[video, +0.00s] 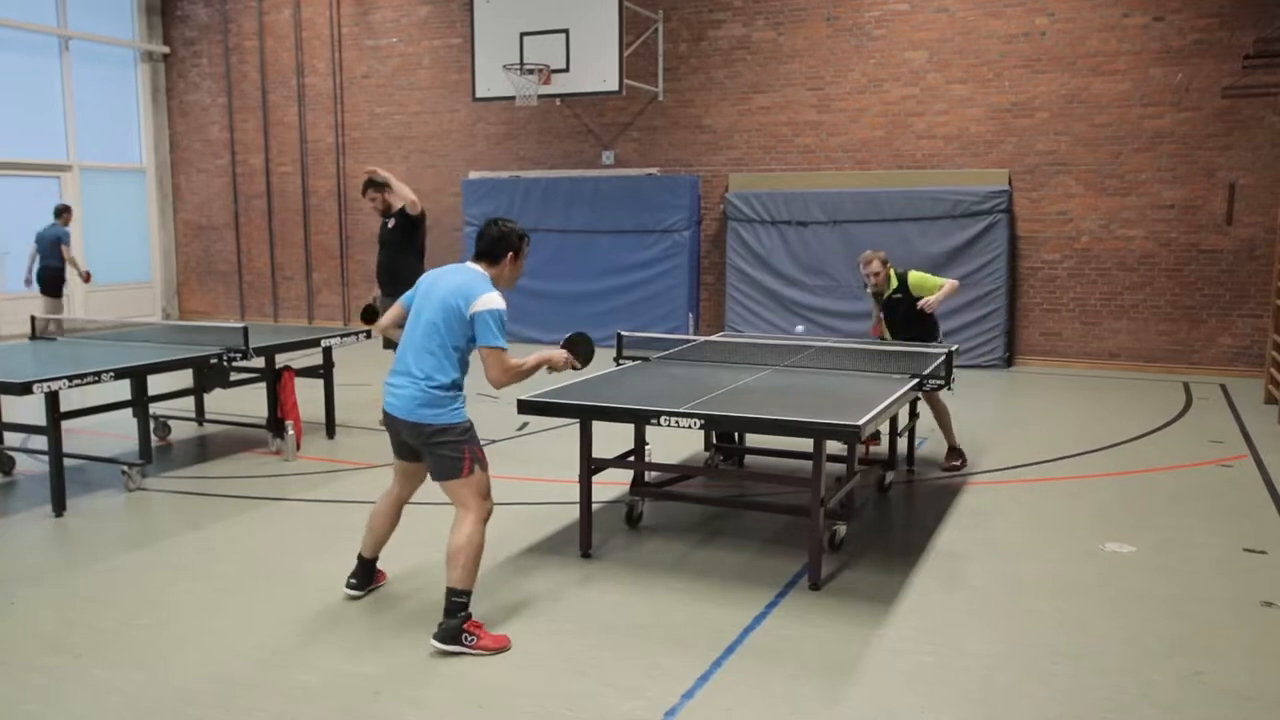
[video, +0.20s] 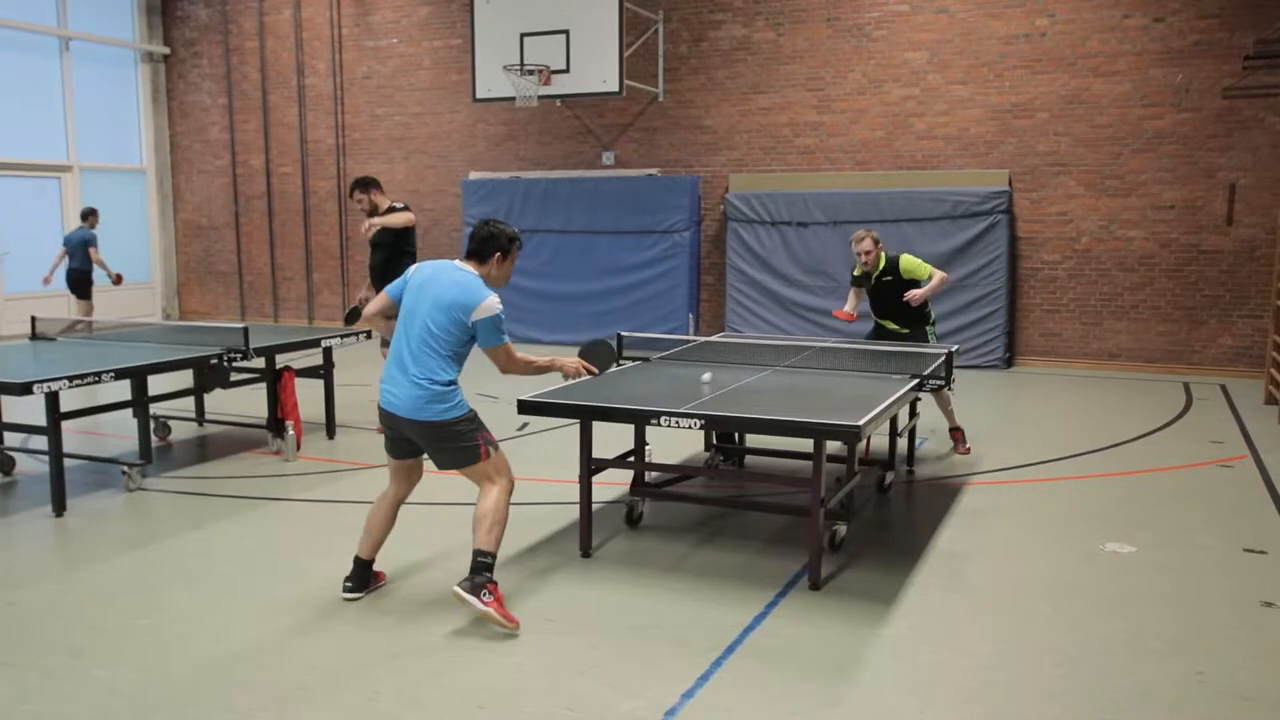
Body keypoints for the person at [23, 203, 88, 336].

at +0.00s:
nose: (71, 219)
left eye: (71, 216)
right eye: (69, 216)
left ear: (58, 216)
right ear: (64, 215)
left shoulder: (42, 232)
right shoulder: (63, 233)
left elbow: (33, 254)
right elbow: (68, 256)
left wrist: (29, 274)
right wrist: (80, 272)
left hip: (42, 271)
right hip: (56, 271)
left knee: (58, 306)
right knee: (49, 306)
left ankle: (59, 332)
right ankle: (40, 333)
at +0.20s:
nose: (97, 222)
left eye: (97, 218)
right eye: (96, 218)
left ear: (84, 219)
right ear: (89, 218)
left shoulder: (70, 236)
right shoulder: (90, 235)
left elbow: (60, 256)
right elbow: (95, 259)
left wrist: (49, 274)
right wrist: (109, 273)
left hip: (71, 274)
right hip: (83, 275)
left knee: (88, 309)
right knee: (84, 312)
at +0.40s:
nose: (125, 218)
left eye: (125, 215)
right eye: (124, 215)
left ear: (114, 215)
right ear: (118, 215)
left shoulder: (100, 230)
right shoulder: (113, 231)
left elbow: (100, 253)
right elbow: (112, 253)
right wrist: (119, 273)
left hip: (98, 267)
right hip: (109, 268)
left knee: (96, 307)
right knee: (128, 304)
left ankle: (90, 335)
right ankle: (120, 335)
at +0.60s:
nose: (156, 223)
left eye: (156, 220)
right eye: (155, 220)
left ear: (146, 220)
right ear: (149, 220)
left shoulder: (134, 233)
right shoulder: (143, 235)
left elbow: (136, 256)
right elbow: (139, 255)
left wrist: (153, 263)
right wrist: (137, 273)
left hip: (130, 273)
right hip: (143, 274)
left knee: (125, 308)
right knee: (160, 307)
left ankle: (108, 326)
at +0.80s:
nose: (183, 218)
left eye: (183, 215)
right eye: (182, 215)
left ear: (172, 214)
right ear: (176, 214)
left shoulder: (161, 227)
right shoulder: (171, 228)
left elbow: (159, 250)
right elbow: (169, 248)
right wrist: (177, 268)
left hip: (159, 265)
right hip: (168, 266)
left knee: (167, 302)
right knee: (170, 302)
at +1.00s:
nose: (210, 223)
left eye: (210, 220)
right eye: (209, 220)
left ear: (198, 219)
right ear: (204, 219)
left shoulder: (186, 233)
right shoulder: (199, 233)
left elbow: (178, 252)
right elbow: (202, 252)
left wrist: (169, 266)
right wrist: (219, 264)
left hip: (188, 269)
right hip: (196, 270)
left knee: (207, 301)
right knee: (187, 304)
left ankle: (213, 325)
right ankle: (169, 325)